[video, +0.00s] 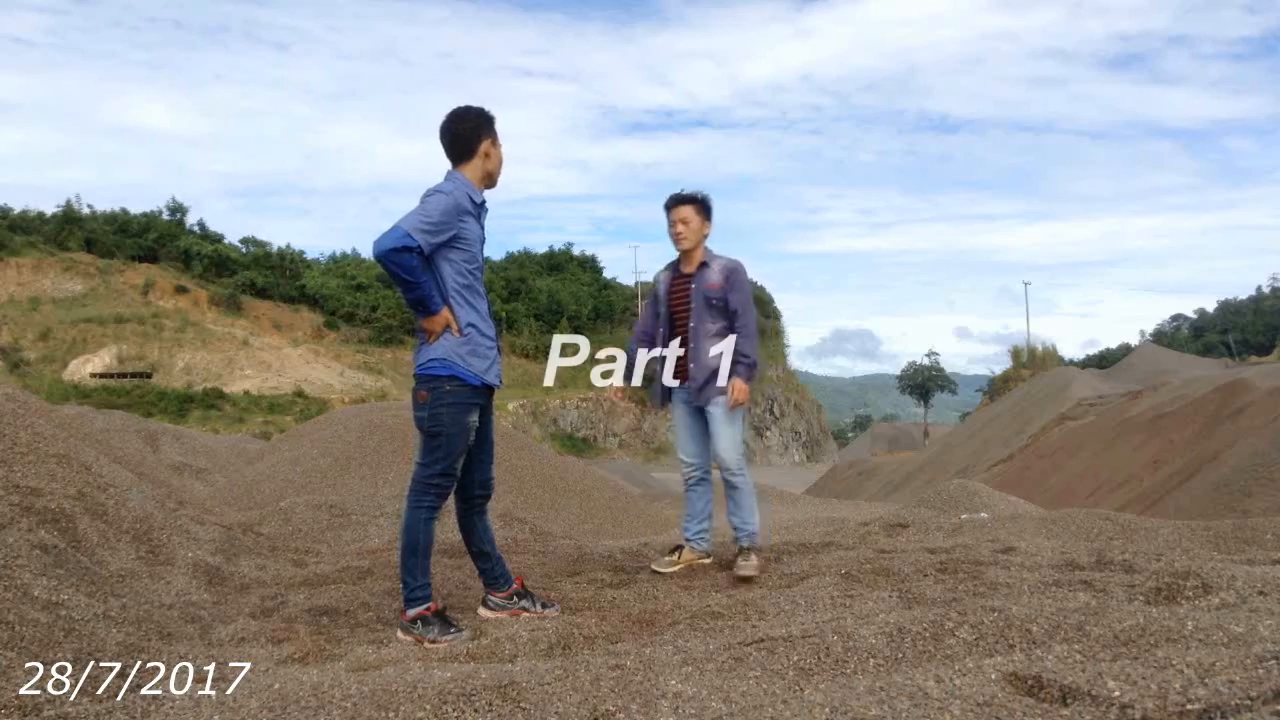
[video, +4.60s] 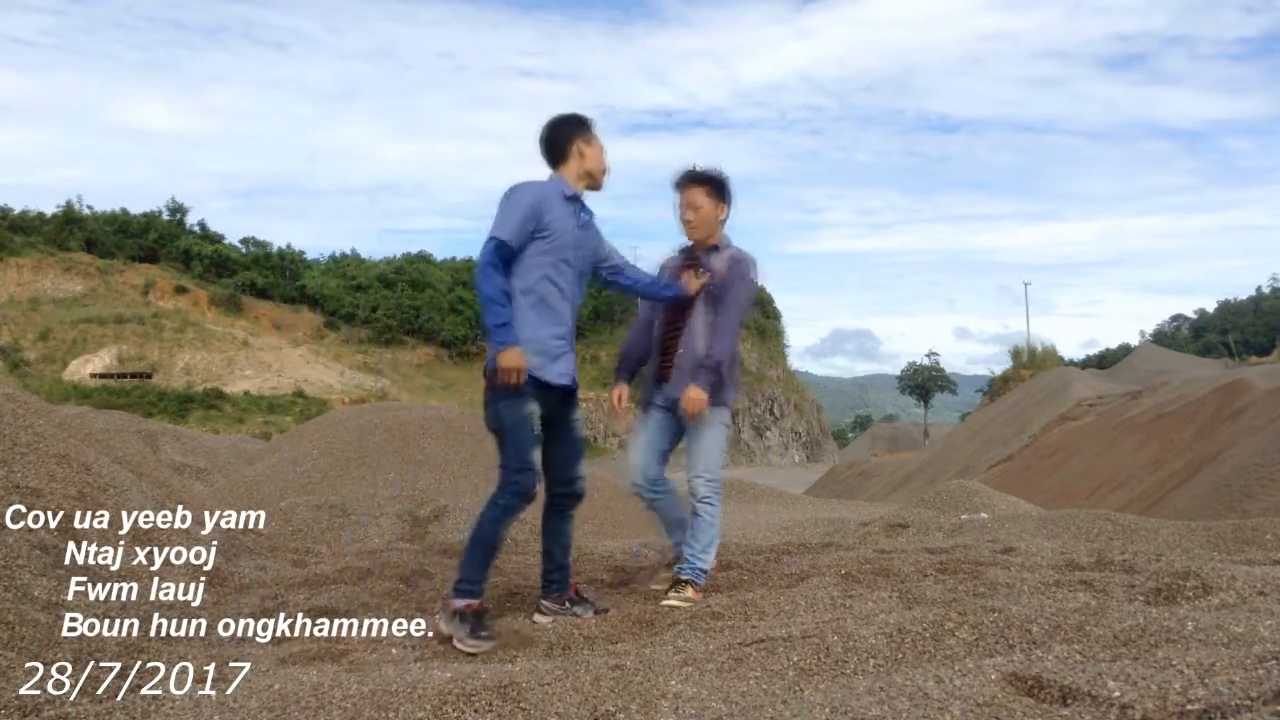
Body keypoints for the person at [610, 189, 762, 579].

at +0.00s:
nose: (678, 230)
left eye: (686, 223)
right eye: (673, 224)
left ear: (706, 226)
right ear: (669, 230)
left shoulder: (728, 271)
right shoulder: (665, 279)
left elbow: (746, 327)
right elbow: (645, 333)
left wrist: (742, 374)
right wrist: (627, 375)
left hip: (721, 385)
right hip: (680, 388)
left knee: (730, 465)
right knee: (693, 469)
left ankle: (747, 546)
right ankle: (696, 546)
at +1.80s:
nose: (692, 225)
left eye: (701, 218)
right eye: (691, 218)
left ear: (728, 227)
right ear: (692, 224)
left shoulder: (749, 280)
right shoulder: (674, 279)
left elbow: (771, 342)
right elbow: (648, 319)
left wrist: (773, 398)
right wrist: (619, 331)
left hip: (734, 402)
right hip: (684, 402)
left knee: (746, 486)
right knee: (667, 484)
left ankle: (755, 566)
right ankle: (676, 568)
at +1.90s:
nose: (677, 223)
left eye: (687, 216)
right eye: (677, 216)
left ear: (713, 225)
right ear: (677, 222)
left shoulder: (735, 277)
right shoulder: (657, 277)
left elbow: (755, 337)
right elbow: (620, 308)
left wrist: (756, 387)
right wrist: (587, 296)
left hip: (722, 401)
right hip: (672, 403)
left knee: (740, 485)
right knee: (659, 486)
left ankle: (756, 564)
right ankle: (675, 568)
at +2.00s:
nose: (661, 217)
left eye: (670, 210)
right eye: (659, 210)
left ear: (697, 218)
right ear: (658, 217)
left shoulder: (722, 273)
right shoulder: (637, 266)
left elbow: (742, 331)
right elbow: (590, 271)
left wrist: (739, 376)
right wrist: (548, 251)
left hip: (710, 397)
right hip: (660, 400)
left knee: (732, 480)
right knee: (658, 487)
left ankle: (754, 562)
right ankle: (675, 569)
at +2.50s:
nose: (624, 212)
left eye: (634, 203)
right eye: (621, 205)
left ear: (661, 210)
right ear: (619, 213)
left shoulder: (690, 262)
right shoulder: (606, 264)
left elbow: (718, 321)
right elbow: (568, 296)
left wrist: (744, 373)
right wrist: (540, 311)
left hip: (688, 383)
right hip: (639, 392)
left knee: (702, 467)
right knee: (652, 483)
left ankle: (717, 549)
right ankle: (666, 567)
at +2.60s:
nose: (626, 211)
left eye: (635, 203)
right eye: (623, 205)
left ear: (662, 210)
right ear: (621, 212)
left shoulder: (692, 263)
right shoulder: (607, 266)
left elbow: (720, 324)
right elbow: (587, 321)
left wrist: (745, 374)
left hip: (686, 386)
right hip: (637, 393)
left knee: (694, 473)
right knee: (651, 483)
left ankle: (701, 559)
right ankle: (665, 566)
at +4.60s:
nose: (686, 216)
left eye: (695, 208)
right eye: (682, 209)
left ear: (721, 210)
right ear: (679, 212)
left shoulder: (738, 265)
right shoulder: (672, 266)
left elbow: (727, 329)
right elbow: (646, 322)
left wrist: (704, 382)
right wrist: (623, 374)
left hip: (709, 395)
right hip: (662, 392)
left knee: (703, 484)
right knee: (643, 474)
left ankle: (692, 574)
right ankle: (690, 546)